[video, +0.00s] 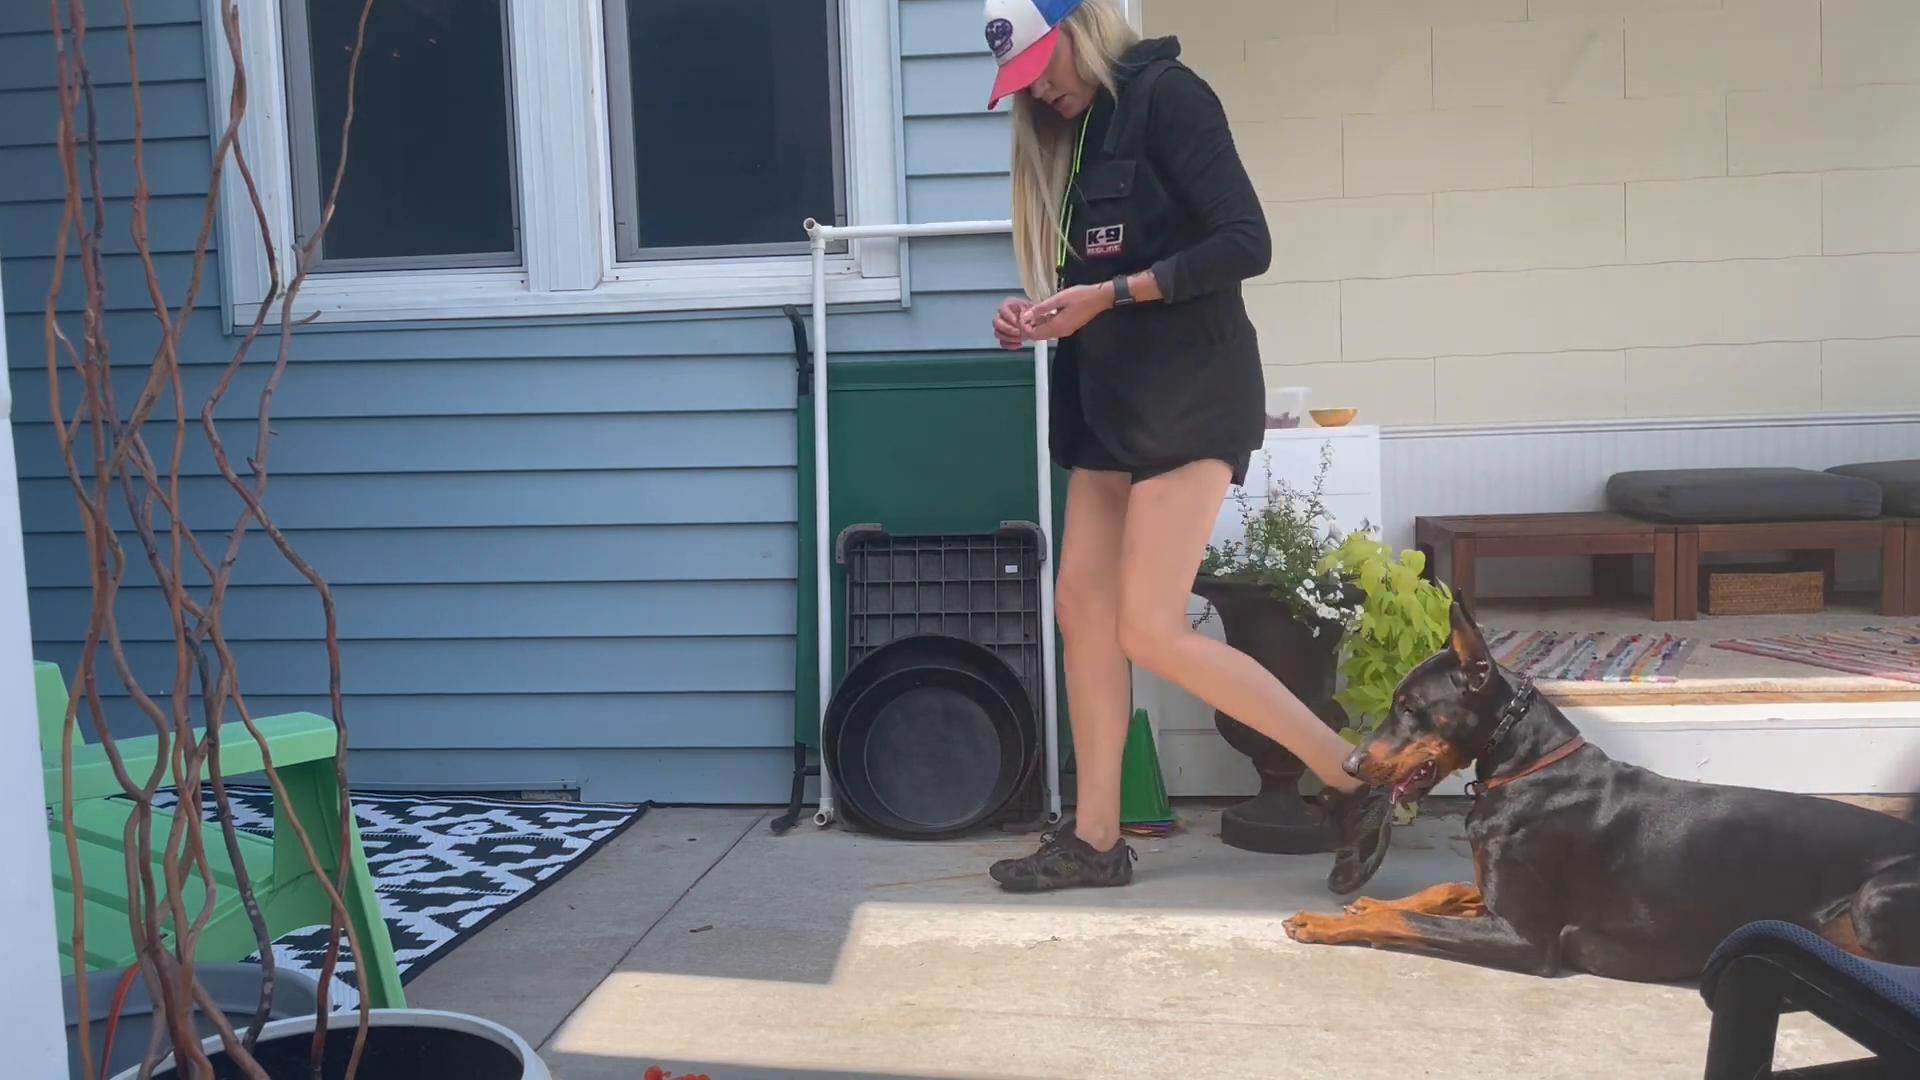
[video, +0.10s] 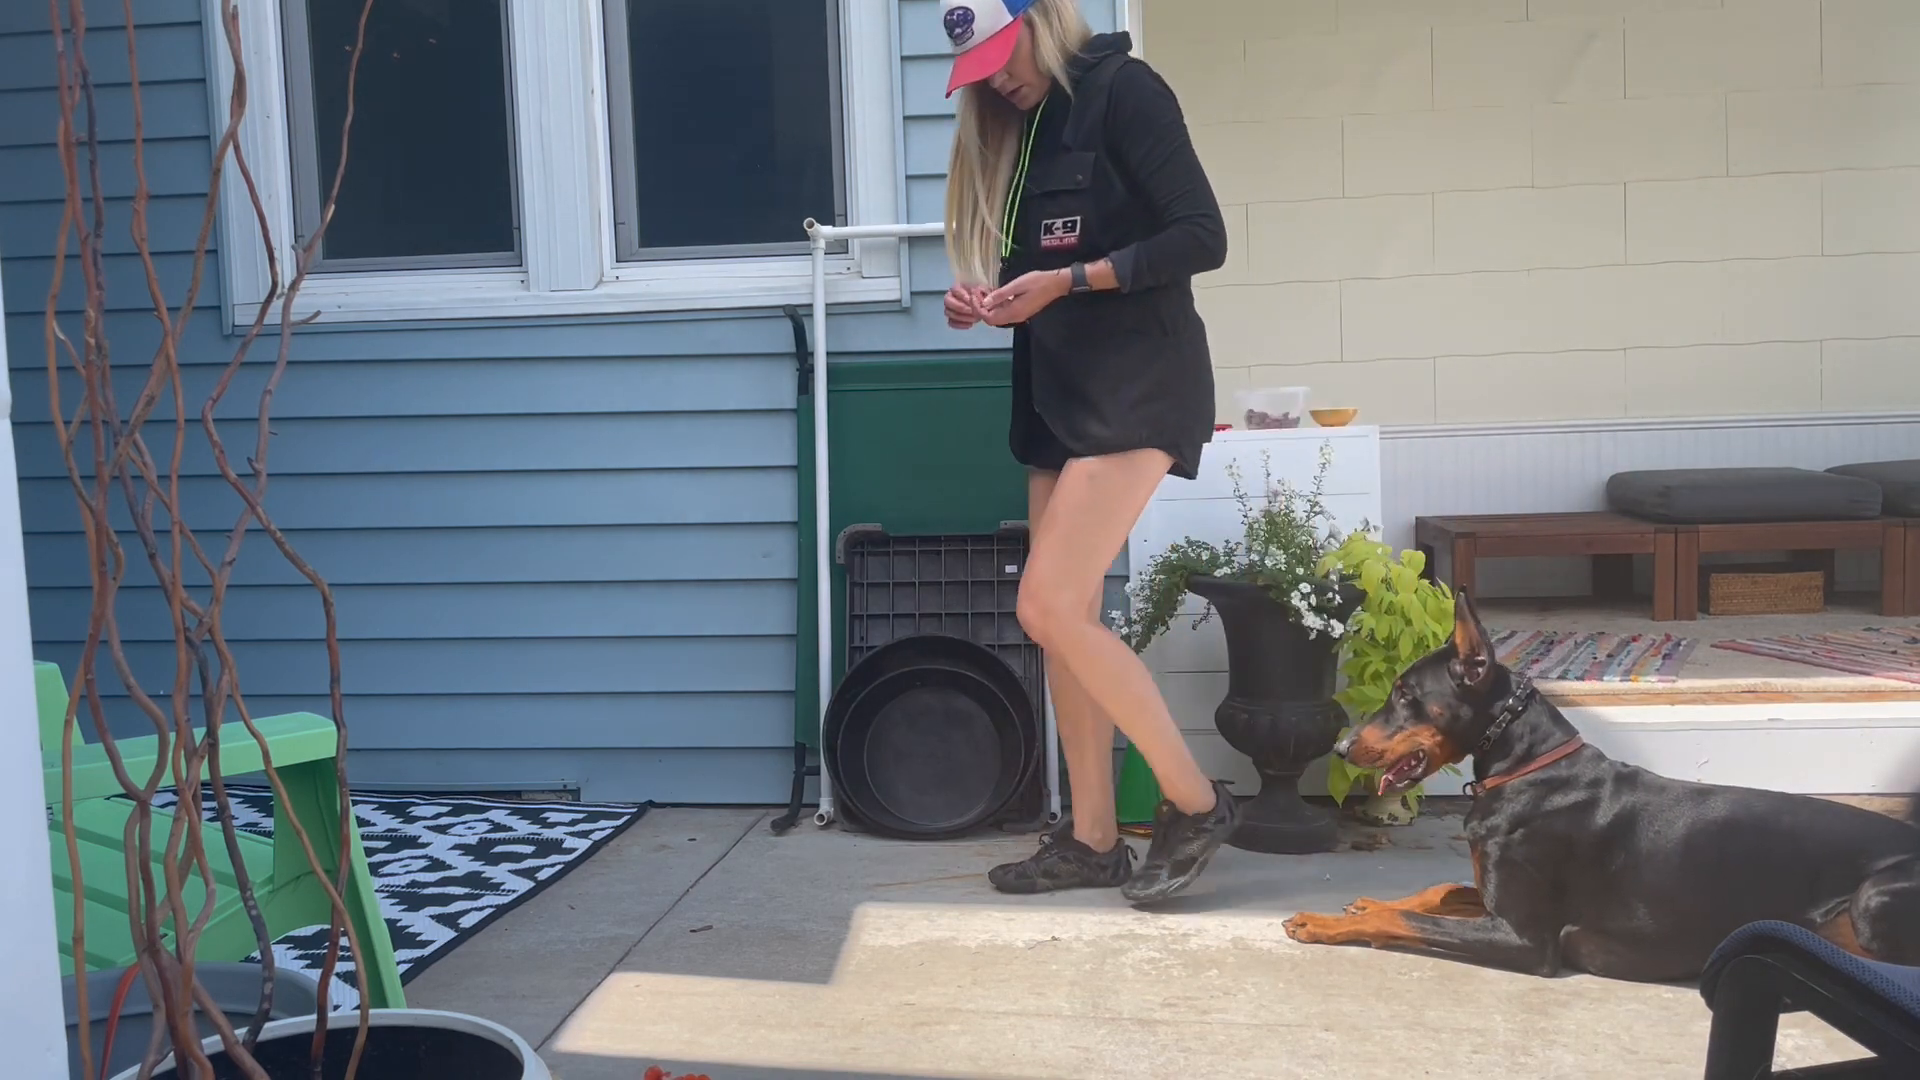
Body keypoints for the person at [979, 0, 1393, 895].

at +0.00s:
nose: (1042, 97)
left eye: (1043, 73)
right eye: (1028, 86)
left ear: (1081, 30)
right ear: (1033, 67)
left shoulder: (1170, 94)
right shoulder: (1084, 132)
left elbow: (1245, 242)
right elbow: (1110, 266)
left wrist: (1110, 293)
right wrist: (1047, 306)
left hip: (1193, 393)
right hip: (1109, 397)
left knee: (1151, 627)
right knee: (1084, 606)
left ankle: (1353, 779)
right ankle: (1097, 840)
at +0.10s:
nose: (995, 86)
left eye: (998, 63)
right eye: (981, 74)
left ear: (1038, 23)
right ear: (978, 60)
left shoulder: (1125, 89)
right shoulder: (1019, 124)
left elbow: (1202, 236)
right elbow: (1040, 259)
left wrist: (1068, 280)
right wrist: (988, 297)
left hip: (1142, 385)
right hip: (1055, 386)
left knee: (1049, 605)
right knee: (1065, 612)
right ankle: (1094, 838)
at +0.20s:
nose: (958, 80)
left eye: (964, 58)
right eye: (943, 68)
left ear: (1006, 19)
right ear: (939, 55)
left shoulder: (1088, 89)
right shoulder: (981, 119)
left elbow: (1164, 238)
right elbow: (995, 258)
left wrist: (1034, 273)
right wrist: (943, 294)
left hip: (1094, 391)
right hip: (1012, 392)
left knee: (992, 600)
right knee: (1048, 626)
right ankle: (1096, 842)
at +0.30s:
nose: (930, 77)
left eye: (938, 57)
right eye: (913, 66)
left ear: (977, 20)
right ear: (901, 56)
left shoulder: (1053, 92)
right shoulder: (930, 121)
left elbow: (1130, 248)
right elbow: (937, 270)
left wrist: (1004, 267)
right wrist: (895, 290)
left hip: (1047, 394)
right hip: (956, 393)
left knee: (953, 620)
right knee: (1014, 628)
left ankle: (882, 859)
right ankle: (1091, 837)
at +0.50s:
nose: (883, 57)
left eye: (897, 38)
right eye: (863, 43)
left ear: (930, 18)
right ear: (838, 35)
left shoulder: (979, 102)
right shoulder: (835, 106)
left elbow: (1051, 263)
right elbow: (785, 275)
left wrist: (947, 267)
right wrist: (799, 272)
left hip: (951, 397)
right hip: (853, 396)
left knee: (879, 625)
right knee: (855, 634)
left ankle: (852, 868)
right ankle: (1025, 786)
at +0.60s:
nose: (862, 55)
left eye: (877, 37)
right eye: (843, 40)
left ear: (905, 22)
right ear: (811, 29)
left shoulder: (944, 100)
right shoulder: (790, 106)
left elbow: (1012, 259)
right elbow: (733, 270)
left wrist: (928, 264)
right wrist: (788, 259)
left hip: (915, 390)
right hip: (806, 390)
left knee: (864, 621)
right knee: (782, 628)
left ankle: (851, 867)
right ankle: (918, 778)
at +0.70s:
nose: (845, 42)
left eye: (861, 27)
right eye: (827, 28)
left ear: (881, 17)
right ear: (784, 13)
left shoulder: (909, 94)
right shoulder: (744, 96)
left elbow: (979, 253)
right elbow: (691, 264)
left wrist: (913, 258)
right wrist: (765, 259)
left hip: (885, 388)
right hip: (769, 387)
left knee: (851, 625)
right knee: (734, 629)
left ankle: (852, 866)